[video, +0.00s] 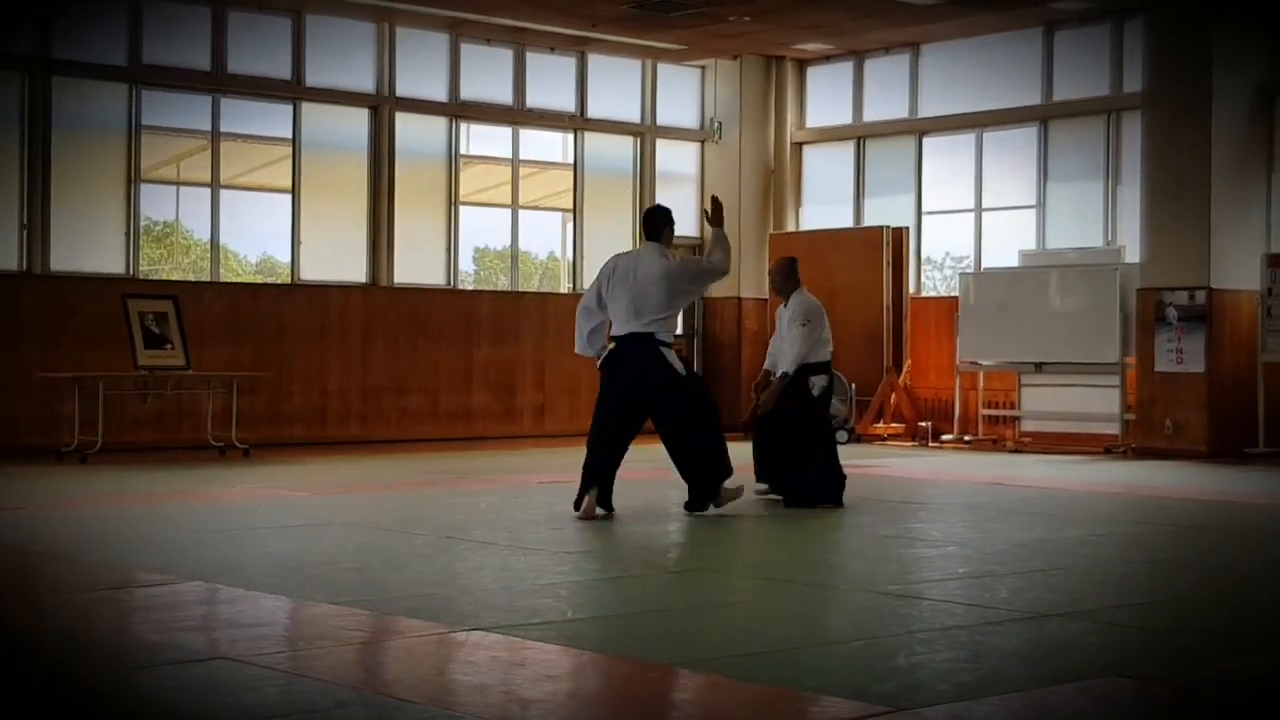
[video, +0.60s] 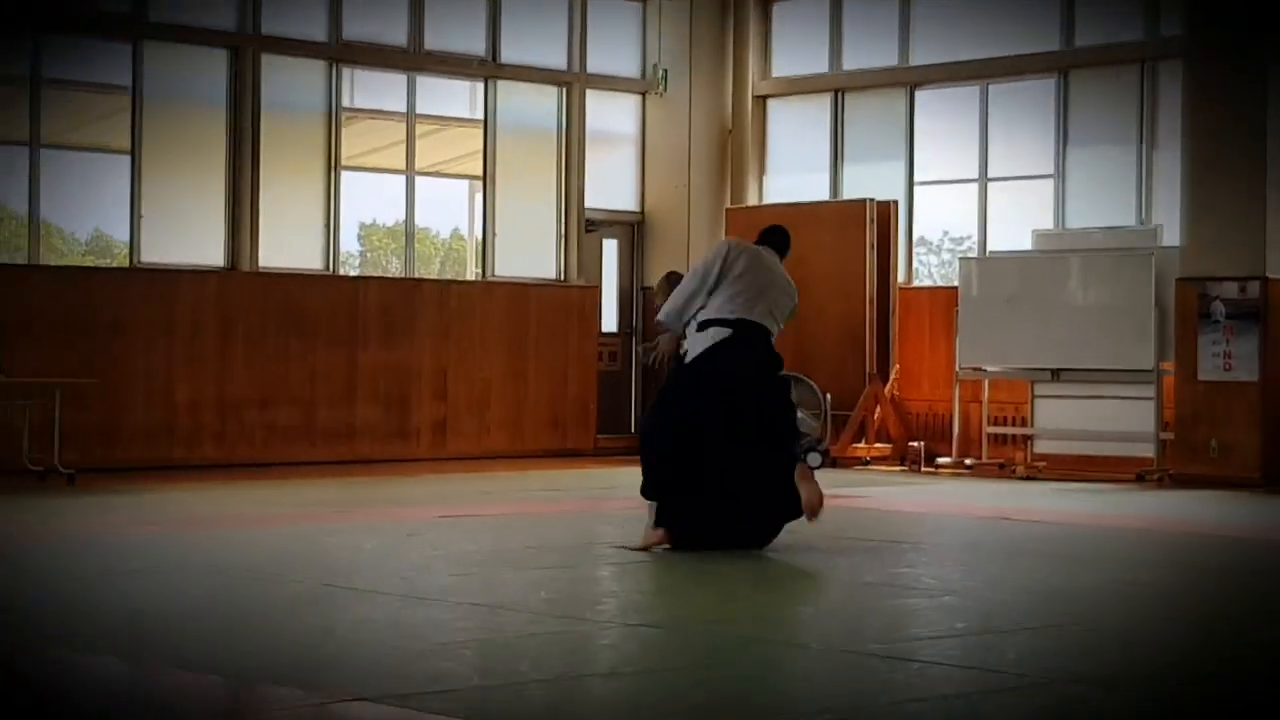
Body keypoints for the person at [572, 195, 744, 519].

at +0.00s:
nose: (672, 235)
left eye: (667, 230)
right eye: (671, 230)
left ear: (642, 232)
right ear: (669, 232)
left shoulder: (616, 264)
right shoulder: (676, 266)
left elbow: (588, 310)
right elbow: (719, 264)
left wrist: (599, 351)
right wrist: (718, 229)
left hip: (620, 356)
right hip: (659, 357)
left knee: (609, 428)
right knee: (693, 420)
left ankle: (593, 493)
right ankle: (710, 490)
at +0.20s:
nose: (707, 241)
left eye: (698, 235)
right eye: (711, 238)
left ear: (687, 240)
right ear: (715, 244)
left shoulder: (660, 270)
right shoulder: (722, 274)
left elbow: (629, 300)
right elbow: (752, 266)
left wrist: (609, 338)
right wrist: (747, 233)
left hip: (659, 359)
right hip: (699, 359)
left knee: (634, 421)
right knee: (730, 421)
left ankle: (607, 477)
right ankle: (741, 494)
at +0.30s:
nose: (706, 247)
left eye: (699, 240)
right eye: (714, 243)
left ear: (691, 243)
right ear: (718, 245)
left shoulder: (667, 270)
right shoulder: (727, 277)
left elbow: (644, 312)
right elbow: (752, 301)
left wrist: (634, 352)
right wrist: (774, 293)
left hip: (674, 353)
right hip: (712, 352)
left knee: (655, 418)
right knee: (728, 420)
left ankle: (659, 481)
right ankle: (729, 494)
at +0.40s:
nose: (722, 255)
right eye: (725, 250)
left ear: (696, 248)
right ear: (725, 250)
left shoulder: (671, 273)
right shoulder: (737, 277)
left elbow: (661, 324)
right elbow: (746, 325)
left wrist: (670, 354)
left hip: (684, 349)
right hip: (727, 351)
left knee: (672, 421)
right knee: (742, 420)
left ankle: (678, 496)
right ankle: (740, 496)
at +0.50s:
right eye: (757, 263)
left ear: (732, 249)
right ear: (756, 259)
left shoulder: (695, 254)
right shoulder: (761, 274)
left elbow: (671, 306)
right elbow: (754, 323)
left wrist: (674, 350)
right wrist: (746, 349)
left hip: (697, 343)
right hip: (745, 346)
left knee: (678, 430)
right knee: (773, 425)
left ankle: (664, 513)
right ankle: (777, 501)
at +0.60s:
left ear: (757, 240)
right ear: (785, 254)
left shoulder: (732, 248)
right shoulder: (789, 288)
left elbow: (693, 285)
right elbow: (769, 329)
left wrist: (669, 327)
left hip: (714, 349)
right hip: (760, 358)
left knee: (664, 428)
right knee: (776, 430)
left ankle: (660, 520)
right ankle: (798, 471)